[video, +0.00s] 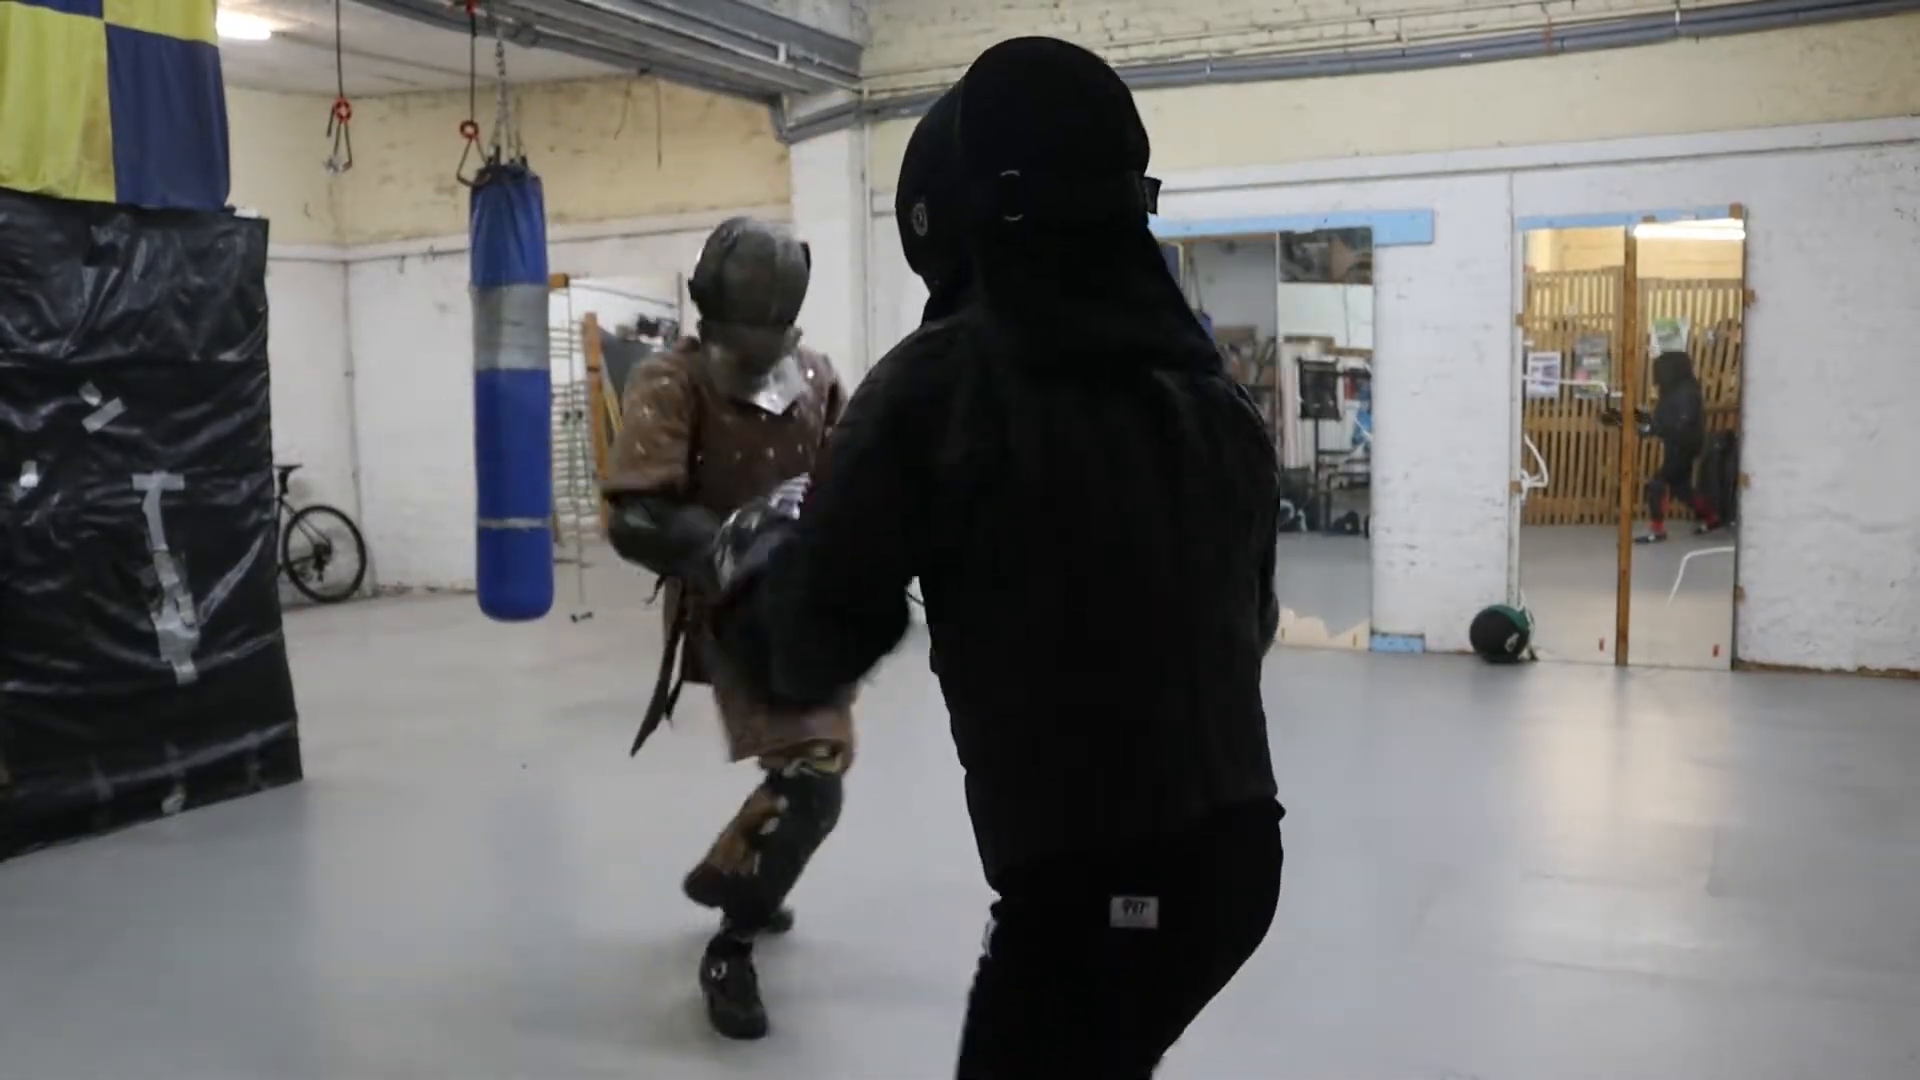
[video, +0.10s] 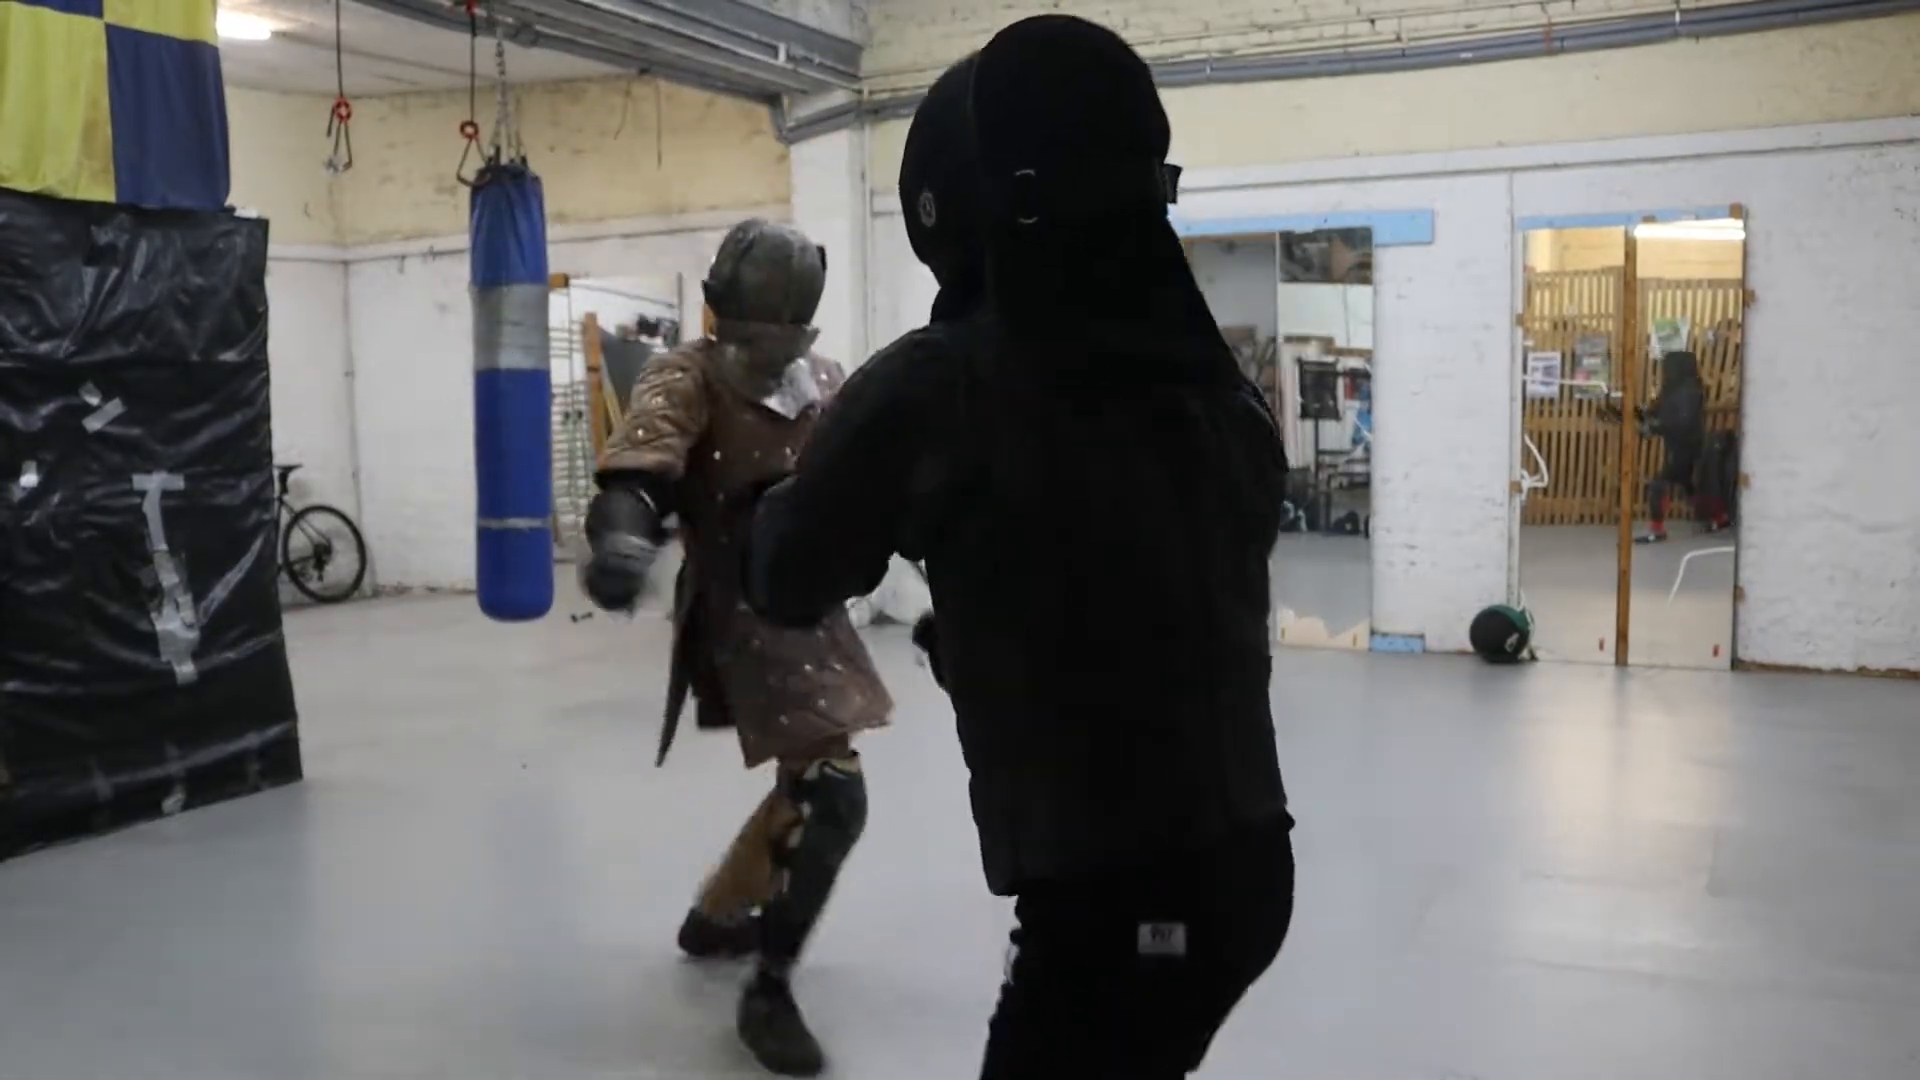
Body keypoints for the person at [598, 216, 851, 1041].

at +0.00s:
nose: (765, 344)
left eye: (778, 326)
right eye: (748, 327)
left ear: (796, 315)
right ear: (710, 312)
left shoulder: (817, 381)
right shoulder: (670, 382)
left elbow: (848, 480)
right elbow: (634, 515)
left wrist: (836, 537)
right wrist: (725, 544)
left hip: (807, 596)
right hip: (727, 609)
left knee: (813, 767)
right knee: (813, 782)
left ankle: (734, 876)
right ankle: (732, 951)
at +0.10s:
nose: (776, 338)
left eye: (789, 320)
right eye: (761, 321)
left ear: (807, 317)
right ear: (725, 313)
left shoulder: (822, 380)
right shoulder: (685, 377)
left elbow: (867, 461)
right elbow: (638, 466)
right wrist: (623, 536)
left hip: (812, 599)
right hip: (738, 609)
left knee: (811, 784)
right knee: (835, 800)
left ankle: (719, 917)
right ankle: (770, 992)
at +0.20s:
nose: (807, 363)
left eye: (819, 346)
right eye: (791, 345)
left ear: (832, 339)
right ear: (748, 337)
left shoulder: (839, 405)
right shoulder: (702, 395)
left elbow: (878, 498)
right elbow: (642, 499)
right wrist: (590, 490)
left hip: (826, 629)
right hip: (750, 638)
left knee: (808, 803)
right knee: (850, 830)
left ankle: (719, 923)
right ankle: (783, 1033)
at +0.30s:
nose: (809, 361)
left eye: (826, 340)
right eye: (791, 339)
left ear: (840, 336)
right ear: (751, 332)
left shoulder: (845, 412)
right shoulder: (709, 403)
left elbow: (876, 521)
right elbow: (646, 504)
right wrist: (576, 400)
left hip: (841, 642)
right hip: (759, 648)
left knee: (831, 811)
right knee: (858, 852)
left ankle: (733, 910)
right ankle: (778, 1039)